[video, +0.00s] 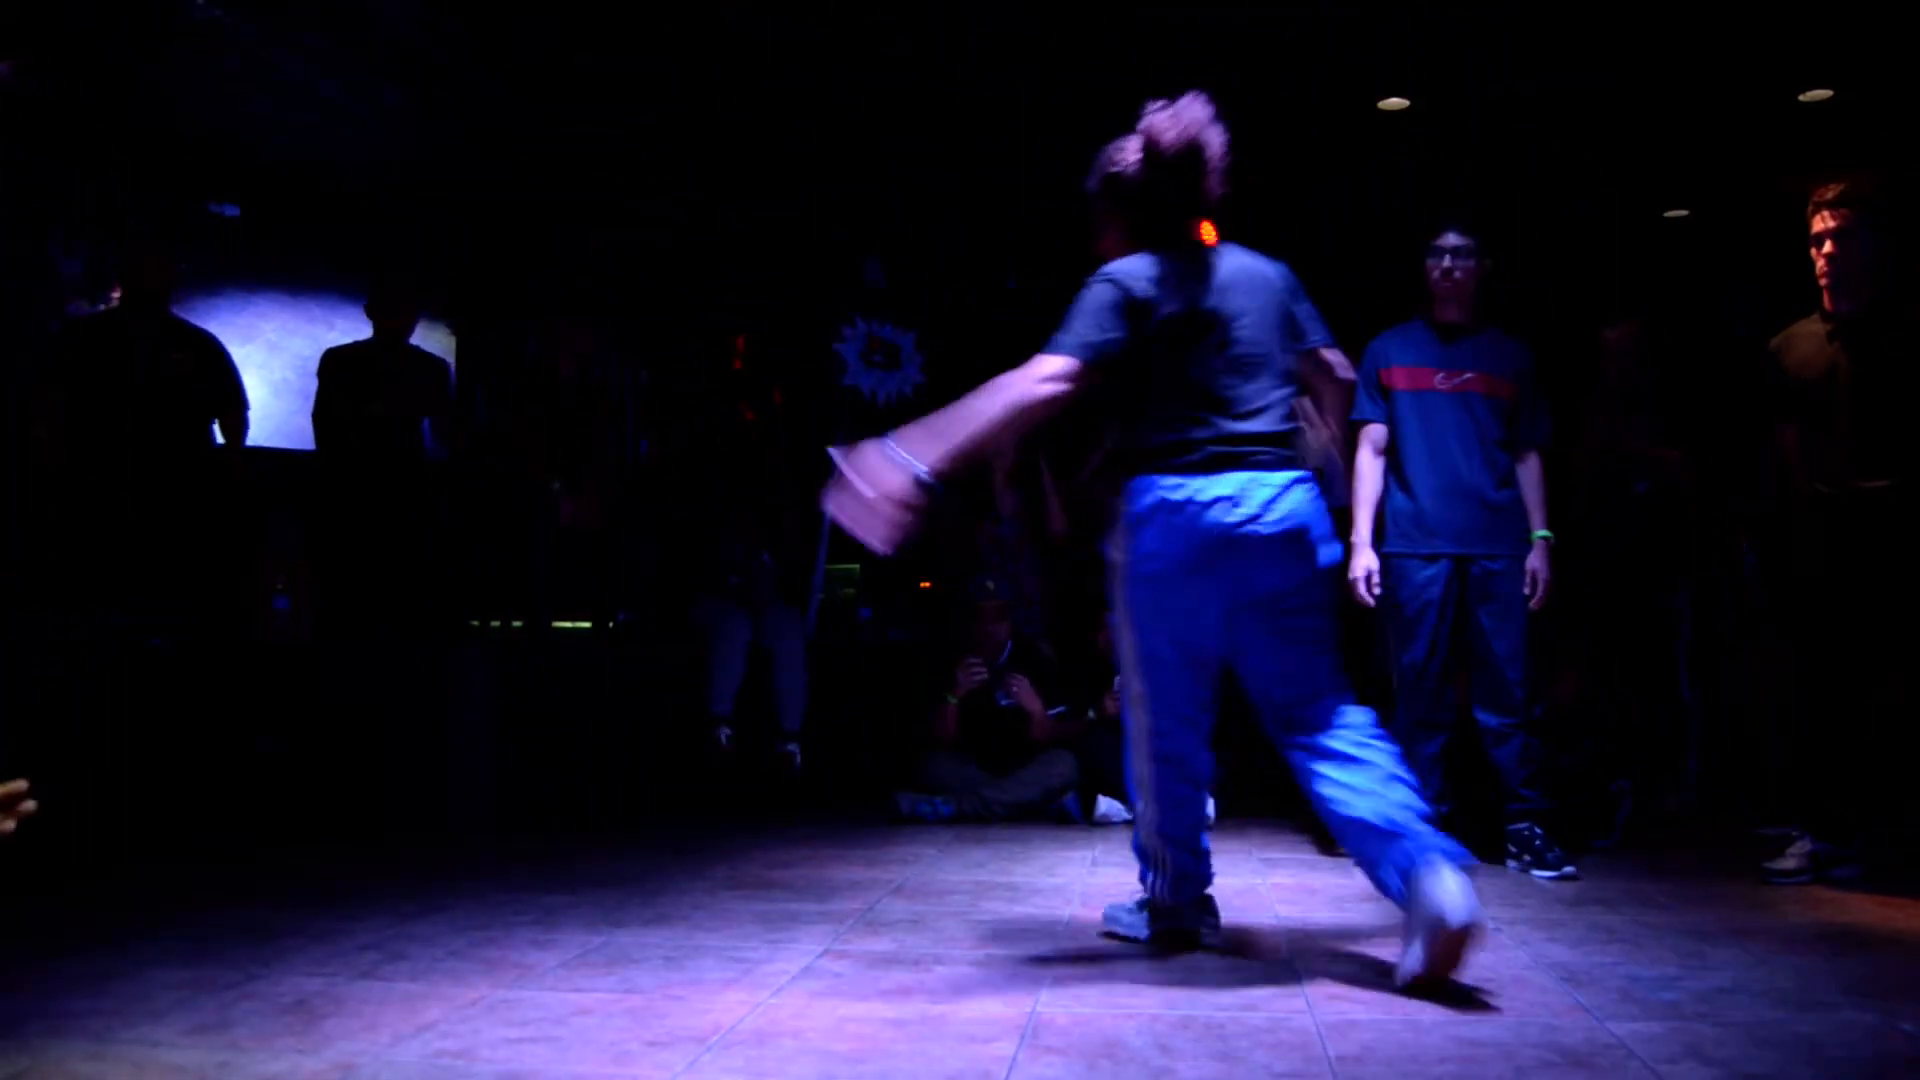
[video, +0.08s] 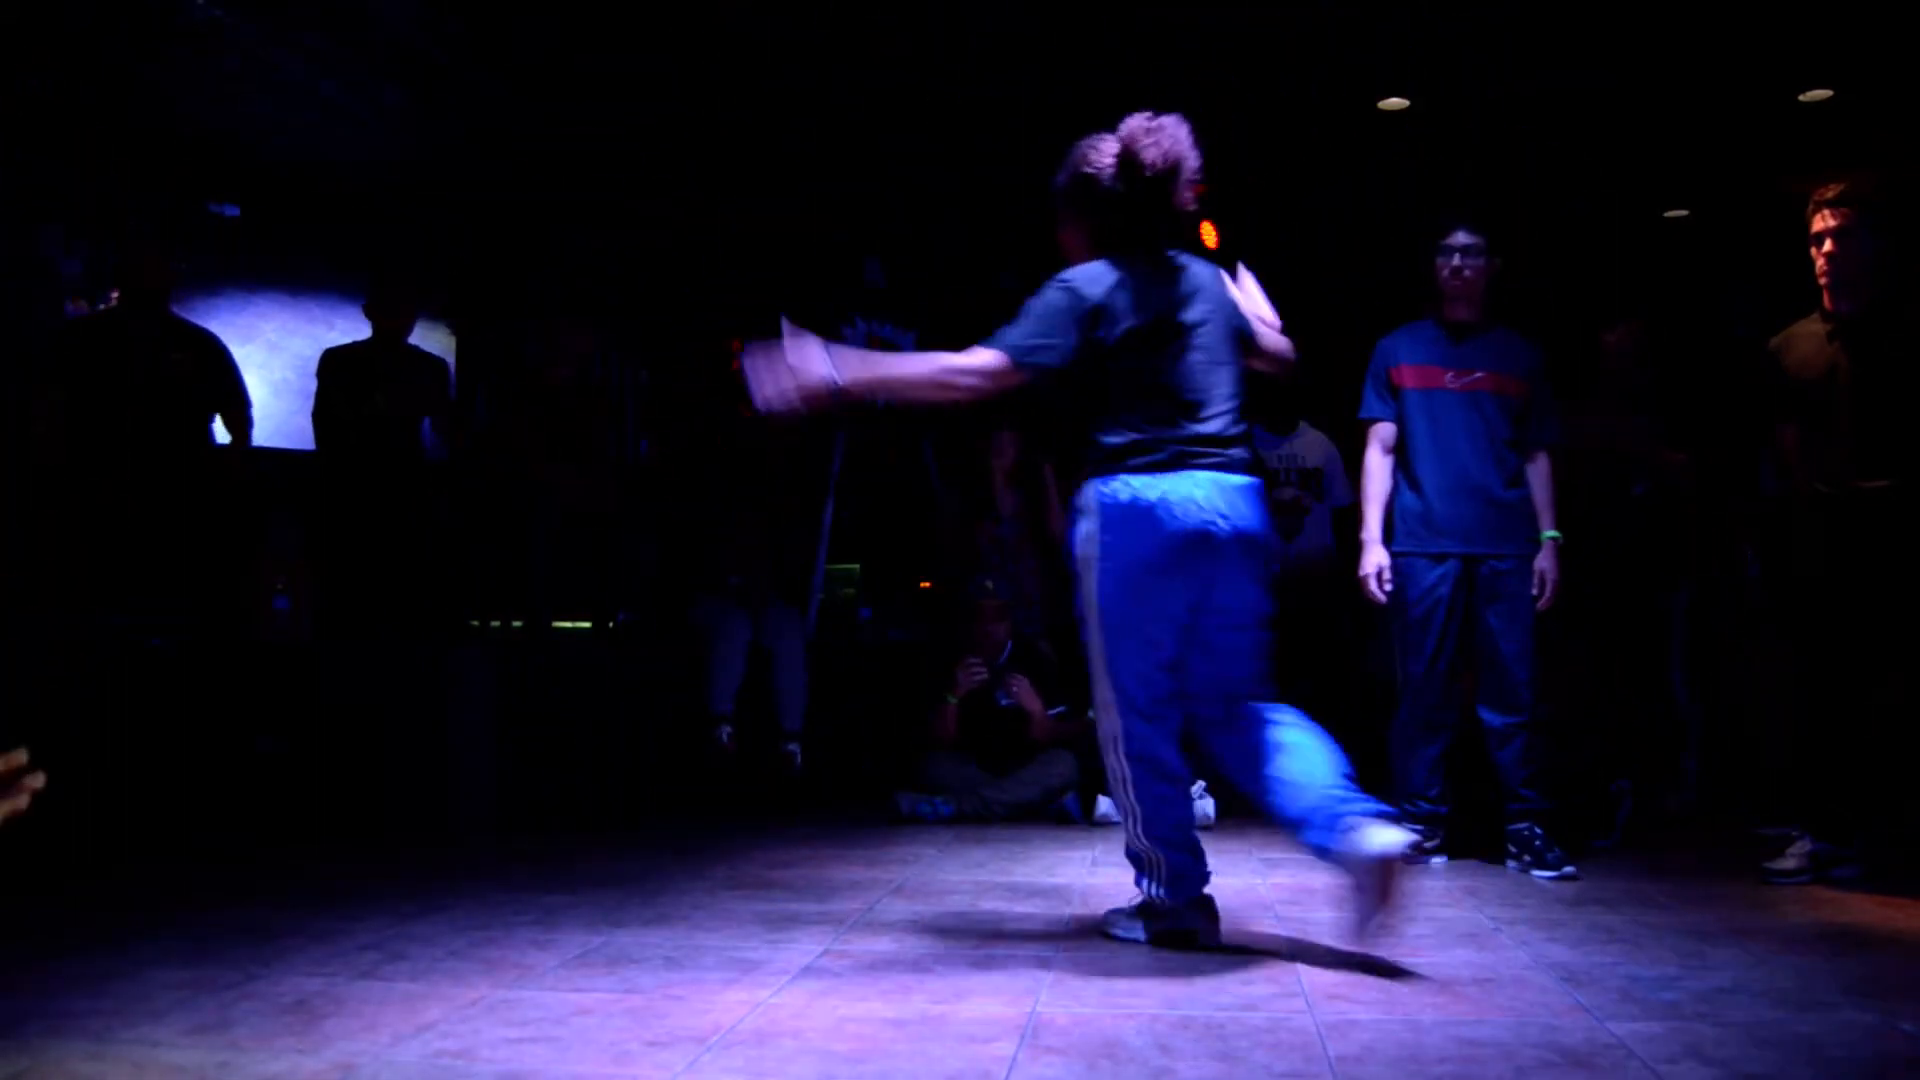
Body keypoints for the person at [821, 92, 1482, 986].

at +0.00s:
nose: (1096, 223)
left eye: (1103, 207)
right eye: (1099, 206)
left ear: (1123, 209)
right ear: (1201, 200)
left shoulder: (1123, 285)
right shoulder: (1266, 277)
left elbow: (1048, 380)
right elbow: (1334, 374)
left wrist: (910, 455)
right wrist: (1329, 466)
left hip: (1170, 511)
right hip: (1280, 504)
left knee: (1166, 711)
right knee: (1318, 707)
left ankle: (1176, 898)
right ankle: (1426, 874)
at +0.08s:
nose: (1066, 223)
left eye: (1072, 206)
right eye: (1074, 206)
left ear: (1089, 213)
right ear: (1167, 207)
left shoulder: (1087, 291)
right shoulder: (1213, 282)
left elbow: (983, 369)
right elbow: (1277, 352)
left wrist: (835, 368)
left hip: (1134, 505)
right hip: (1233, 498)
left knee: (1136, 705)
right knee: (1236, 700)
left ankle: (1176, 896)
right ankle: (1357, 831)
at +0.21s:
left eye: (1020, 189)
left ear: (1035, 201)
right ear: (1106, 198)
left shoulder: (1032, 284)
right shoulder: (1133, 283)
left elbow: (901, 353)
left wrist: (810, 286)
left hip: (1081, 500)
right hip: (1157, 490)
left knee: (1092, 691)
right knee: (1116, 672)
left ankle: (1171, 894)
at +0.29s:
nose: (987, 193)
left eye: (997, 183)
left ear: (1005, 195)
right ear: (1066, 202)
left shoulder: (984, 287)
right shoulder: (1082, 286)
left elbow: (871, 343)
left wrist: (812, 268)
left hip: (1037, 499)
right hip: (1099, 487)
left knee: (1096, 681)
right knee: (1004, 672)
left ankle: (1170, 882)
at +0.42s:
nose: (910, 216)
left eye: (917, 205)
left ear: (919, 216)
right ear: (984, 221)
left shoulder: (912, 310)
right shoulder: (994, 310)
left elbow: (827, 353)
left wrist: (812, 273)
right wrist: (833, 290)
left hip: (959, 521)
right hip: (1014, 508)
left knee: (1039, 691)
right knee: (909, 691)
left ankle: (1154, 870)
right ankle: (827, 862)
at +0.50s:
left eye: (861, 220)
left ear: (864, 231)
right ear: (929, 235)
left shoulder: (863, 317)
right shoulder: (928, 320)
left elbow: (748, 386)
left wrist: (746, 336)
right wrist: (768, 350)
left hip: (905, 525)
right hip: (938, 516)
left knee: (947, 698)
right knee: (837, 698)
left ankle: (1102, 842)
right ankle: (805, 873)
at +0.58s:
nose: (765, 254)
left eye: (771, 245)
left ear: (790, 247)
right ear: (856, 252)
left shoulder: (801, 311)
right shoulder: (866, 326)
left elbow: (706, 402)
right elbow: (763, 421)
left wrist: (669, 445)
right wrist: (684, 450)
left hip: (848, 518)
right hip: (891, 517)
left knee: (817, 704)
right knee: (793, 700)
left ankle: (984, 815)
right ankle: (804, 873)